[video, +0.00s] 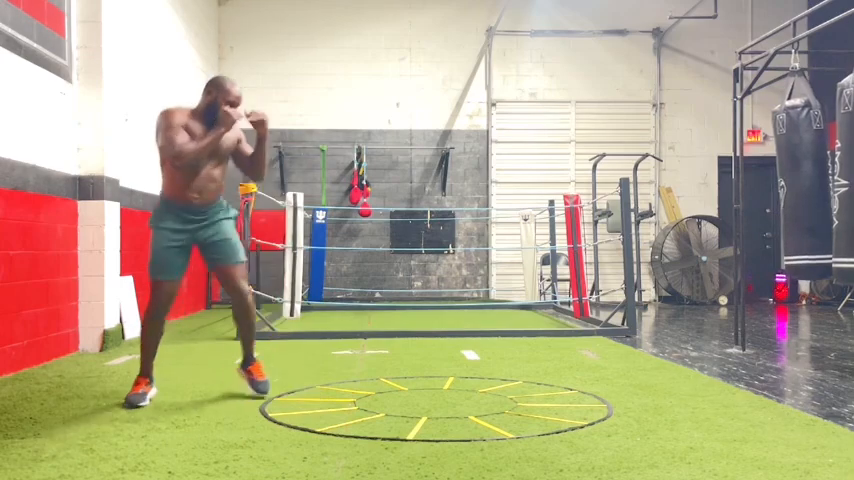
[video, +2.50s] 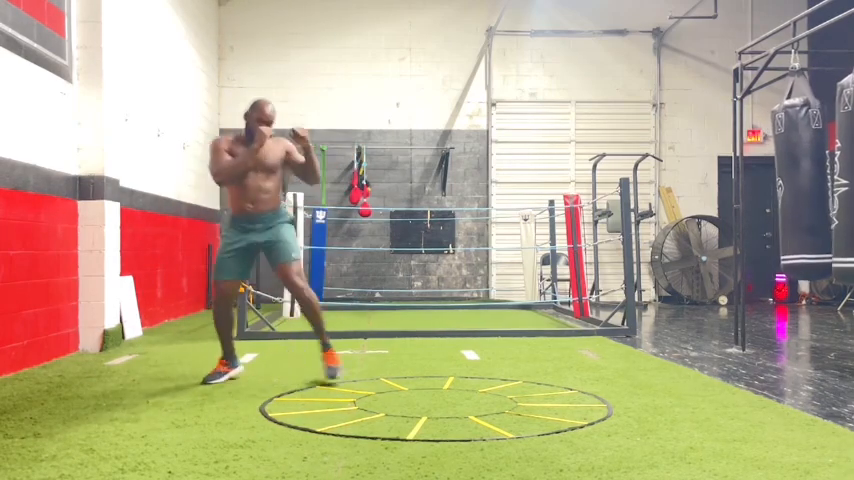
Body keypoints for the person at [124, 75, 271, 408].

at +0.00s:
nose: (236, 111)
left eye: (238, 106)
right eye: (231, 104)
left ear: (232, 106)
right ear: (211, 98)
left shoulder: (231, 133)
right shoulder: (174, 118)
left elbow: (256, 172)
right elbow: (181, 158)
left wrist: (263, 135)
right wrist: (223, 130)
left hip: (215, 217)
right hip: (173, 218)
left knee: (242, 291)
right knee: (162, 299)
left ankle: (249, 361)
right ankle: (145, 378)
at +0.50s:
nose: (252, 130)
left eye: (255, 125)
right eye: (249, 124)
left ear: (255, 126)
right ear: (231, 118)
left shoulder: (250, 153)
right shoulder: (196, 143)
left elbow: (272, 191)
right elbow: (208, 180)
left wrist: (279, 160)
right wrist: (242, 149)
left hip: (239, 234)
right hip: (196, 236)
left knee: (275, 297)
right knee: (175, 308)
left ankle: (315, 366)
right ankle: (159, 381)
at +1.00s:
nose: (313, 119)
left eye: (318, 115)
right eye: (310, 113)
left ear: (320, 116)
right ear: (294, 108)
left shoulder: (325, 144)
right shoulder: (265, 134)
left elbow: (349, 182)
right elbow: (266, 168)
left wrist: (348, 147)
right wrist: (301, 136)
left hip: (316, 224)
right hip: (276, 226)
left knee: (341, 289)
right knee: (264, 302)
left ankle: (367, 362)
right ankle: (265, 366)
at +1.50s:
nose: (315, 118)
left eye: (319, 114)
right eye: (311, 112)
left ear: (322, 114)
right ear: (295, 106)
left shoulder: (327, 139)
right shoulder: (267, 131)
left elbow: (351, 179)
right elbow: (261, 164)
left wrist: (346, 142)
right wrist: (301, 135)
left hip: (312, 220)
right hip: (273, 221)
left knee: (328, 288)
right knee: (256, 294)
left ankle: (344, 361)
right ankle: (254, 363)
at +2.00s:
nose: (264, 123)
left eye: (269, 119)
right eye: (261, 118)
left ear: (272, 119)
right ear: (246, 112)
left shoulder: (274, 144)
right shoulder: (216, 135)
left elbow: (296, 183)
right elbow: (212, 170)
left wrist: (295, 149)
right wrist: (249, 142)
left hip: (259, 219)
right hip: (221, 220)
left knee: (275, 280)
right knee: (212, 293)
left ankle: (296, 356)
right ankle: (209, 362)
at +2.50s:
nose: (265, 128)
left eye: (270, 125)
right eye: (261, 123)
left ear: (274, 124)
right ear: (247, 118)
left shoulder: (282, 146)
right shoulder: (224, 144)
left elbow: (312, 178)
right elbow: (220, 177)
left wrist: (307, 150)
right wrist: (254, 149)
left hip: (275, 223)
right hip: (239, 227)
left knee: (295, 283)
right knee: (223, 294)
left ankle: (327, 347)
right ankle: (229, 361)